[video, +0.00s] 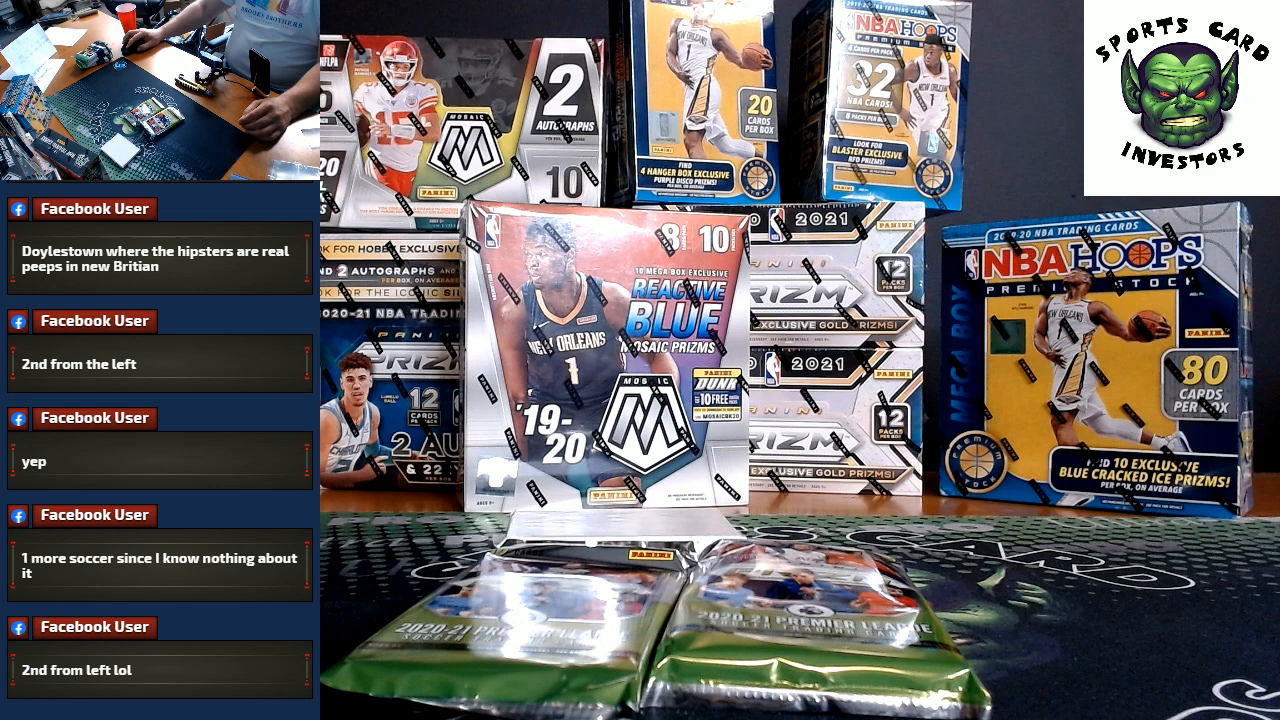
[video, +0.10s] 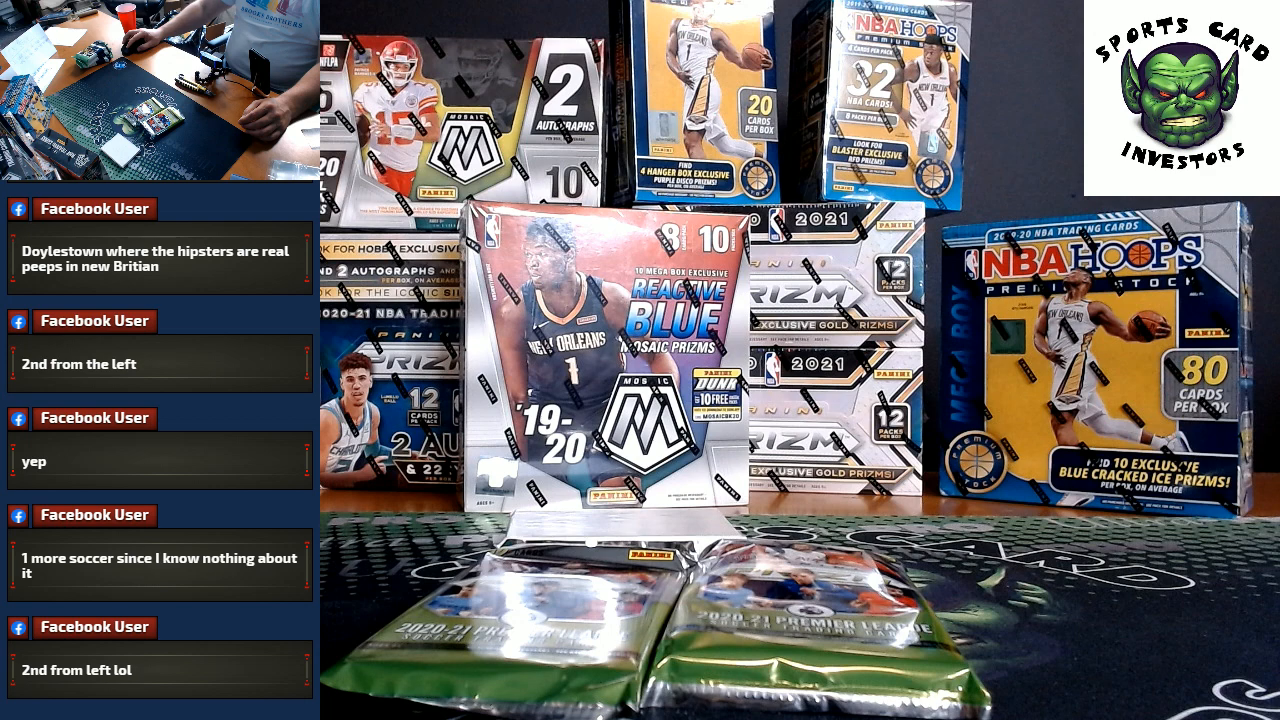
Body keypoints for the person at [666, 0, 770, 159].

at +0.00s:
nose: (697, 8)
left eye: (703, 6)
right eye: (695, 5)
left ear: (711, 12)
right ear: (691, 7)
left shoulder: (715, 34)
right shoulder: (678, 24)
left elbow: (739, 60)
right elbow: (670, 53)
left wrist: (764, 63)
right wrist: (678, 72)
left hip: (705, 87)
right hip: (692, 88)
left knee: (692, 141)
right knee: (725, 145)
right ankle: (767, 158)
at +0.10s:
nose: (697, 8)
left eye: (703, 6)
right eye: (695, 5)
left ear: (711, 12)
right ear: (691, 7)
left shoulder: (715, 34)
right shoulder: (678, 24)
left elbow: (739, 60)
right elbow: (670, 53)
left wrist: (764, 63)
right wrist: (678, 72)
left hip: (705, 87)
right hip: (692, 88)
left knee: (692, 141)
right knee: (725, 145)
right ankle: (767, 158)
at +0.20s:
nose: (697, 9)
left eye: (703, 6)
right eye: (695, 5)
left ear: (711, 12)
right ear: (691, 7)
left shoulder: (715, 34)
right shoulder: (678, 24)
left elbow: (740, 60)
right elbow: (670, 53)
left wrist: (765, 63)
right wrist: (678, 72)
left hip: (705, 87)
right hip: (692, 88)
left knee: (691, 141)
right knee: (725, 145)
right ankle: (766, 158)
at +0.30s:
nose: (697, 9)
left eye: (703, 6)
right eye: (695, 5)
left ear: (711, 12)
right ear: (691, 7)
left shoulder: (715, 34)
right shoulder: (678, 24)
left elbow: (740, 60)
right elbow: (670, 53)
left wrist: (764, 63)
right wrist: (678, 72)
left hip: (705, 87)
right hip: (692, 88)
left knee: (691, 141)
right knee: (725, 145)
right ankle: (766, 158)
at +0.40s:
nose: (697, 9)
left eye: (703, 6)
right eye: (695, 5)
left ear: (711, 12)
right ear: (691, 7)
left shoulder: (715, 34)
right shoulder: (678, 24)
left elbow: (740, 60)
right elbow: (670, 53)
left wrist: (764, 63)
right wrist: (678, 72)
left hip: (705, 87)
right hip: (692, 88)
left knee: (691, 141)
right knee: (725, 145)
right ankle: (766, 158)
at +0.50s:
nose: (697, 9)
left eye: (703, 6)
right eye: (695, 5)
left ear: (711, 12)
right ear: (691, 7)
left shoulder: (715, 34)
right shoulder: (678, 24)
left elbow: (740, 60)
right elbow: (670, 53)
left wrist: (764, 63)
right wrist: (678, 72)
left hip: (705, 87)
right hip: (692, 88)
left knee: (691, 141)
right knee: (725, 145)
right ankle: (766, 158)